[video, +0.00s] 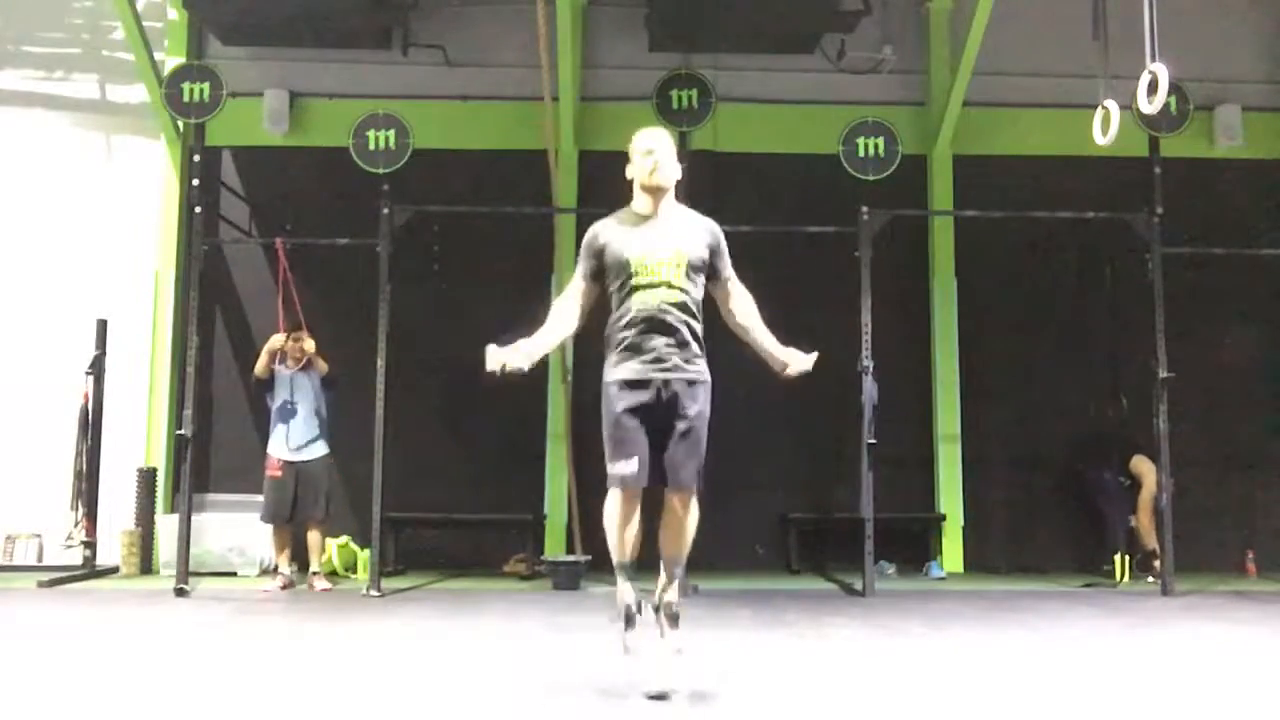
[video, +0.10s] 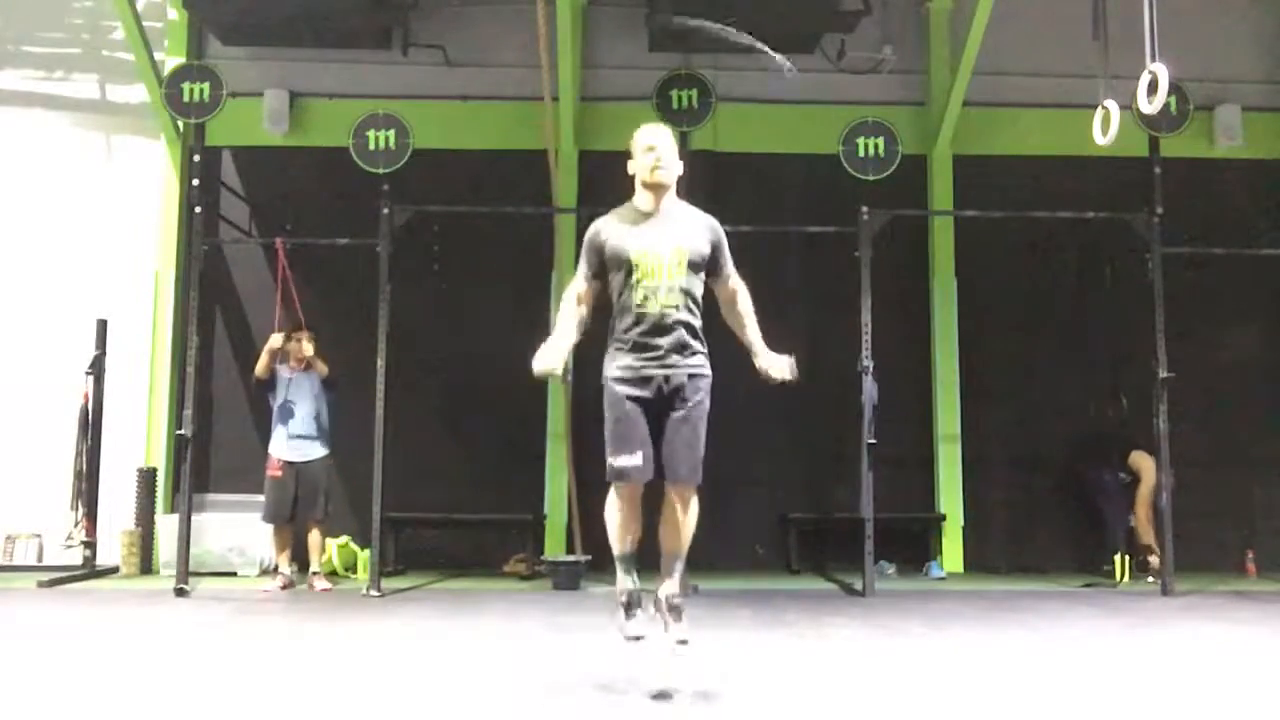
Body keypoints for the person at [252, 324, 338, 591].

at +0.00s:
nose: (299, 351)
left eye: (303, 346)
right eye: (295, 345)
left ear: (308, 349)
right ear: (285, 346)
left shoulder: (316, 372)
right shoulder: (273, 373)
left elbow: (329, 375)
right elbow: (259, 373)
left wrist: (314, 356)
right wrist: (269, 349)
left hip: (314, 452)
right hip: (280, 452)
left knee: (315, 516)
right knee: (279, 517)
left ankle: (315, 572)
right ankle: (283, 572)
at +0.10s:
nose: (302, 347)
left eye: (306, 342)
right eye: (297, 342)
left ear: (312, 347)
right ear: (287, 346)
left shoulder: (319, 373)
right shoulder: (275, 372)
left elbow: (329, 377)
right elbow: (260, 374)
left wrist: (313, 357)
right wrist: (269, 349)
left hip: (314, 452)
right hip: (282, 452)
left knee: (315, 516)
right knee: (280, 517)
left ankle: (316, 572)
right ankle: (284, 572)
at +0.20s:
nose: (304, 349)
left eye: (308, 344)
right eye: (300, 343)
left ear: (315, 348)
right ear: (290, 346)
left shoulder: (321, 374)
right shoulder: (279, 372)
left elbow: (331, 382)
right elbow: (261, 377)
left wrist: (312, 362)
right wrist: (269, 354)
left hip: (315, 453)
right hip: (282, 453)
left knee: (316, 517)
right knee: (280, 517)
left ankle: (316, 572)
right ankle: (284, 572)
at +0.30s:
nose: (307, 348)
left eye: (311, 343)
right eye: (303, 342)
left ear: (318, 346)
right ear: (295, 345)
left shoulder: (325, 372)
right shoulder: (283, 372)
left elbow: (332, 387)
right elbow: (261, 384)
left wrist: (310, 371)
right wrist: (269, 360)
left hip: (316, 453)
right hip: (284, 453)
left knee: (316, 517)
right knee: (281, 517)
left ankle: (316, 572)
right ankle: (284, 572)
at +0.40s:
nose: (309, 349)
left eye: (314, 344)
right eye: (304, 344)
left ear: (320, 348)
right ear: (295, 346)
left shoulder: (327, 371)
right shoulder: (283, 372)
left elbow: (332, 393)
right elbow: (261, 392)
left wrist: (311, 383)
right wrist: (266, 371)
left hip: (317, 452)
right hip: (286, 451)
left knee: (317, 515)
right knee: (282, 516)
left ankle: (315, 572)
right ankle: (284, 572)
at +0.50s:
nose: (310, 351)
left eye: (315, 347)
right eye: (305, 345)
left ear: (322, 351)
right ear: (296, 348)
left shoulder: (330, 373)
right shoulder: (284, 373)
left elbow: (333, 398)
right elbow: (263, 403)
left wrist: (311, 396)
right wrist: (263, 385)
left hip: (320, 453)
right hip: (288, 452)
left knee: (318, 517)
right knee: (285, 516)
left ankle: (316, 572)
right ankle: (284, 572)